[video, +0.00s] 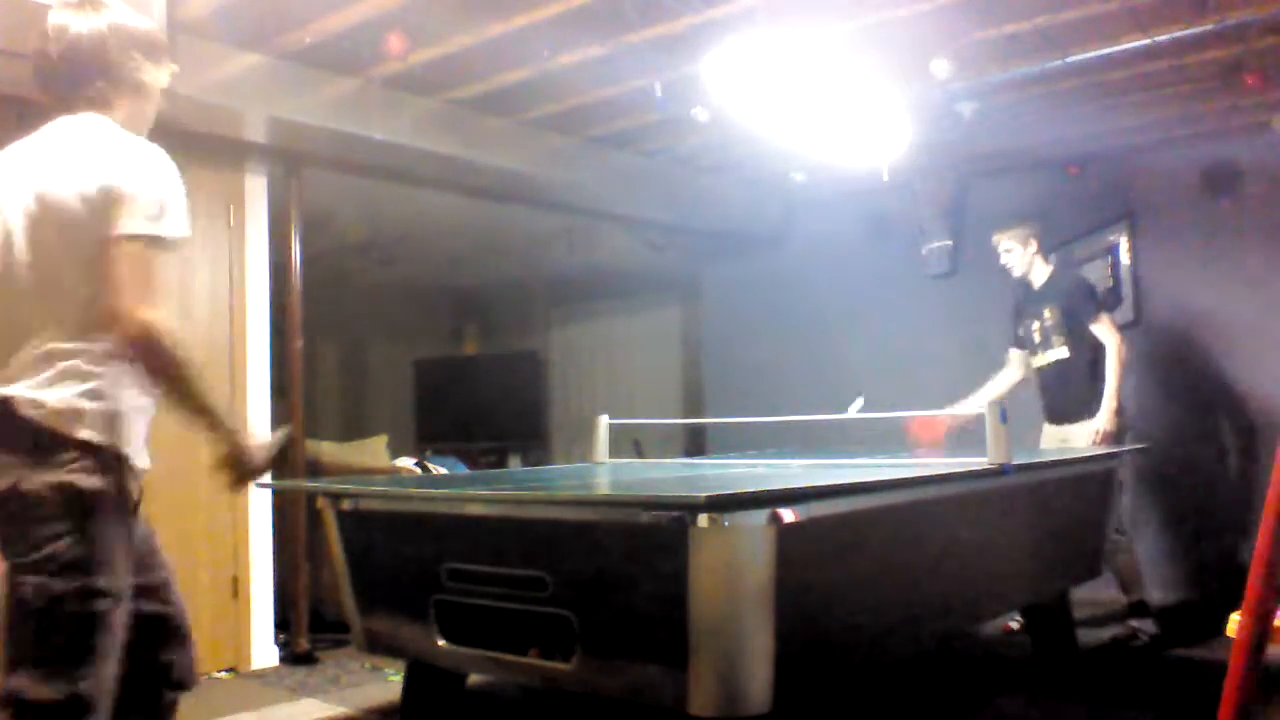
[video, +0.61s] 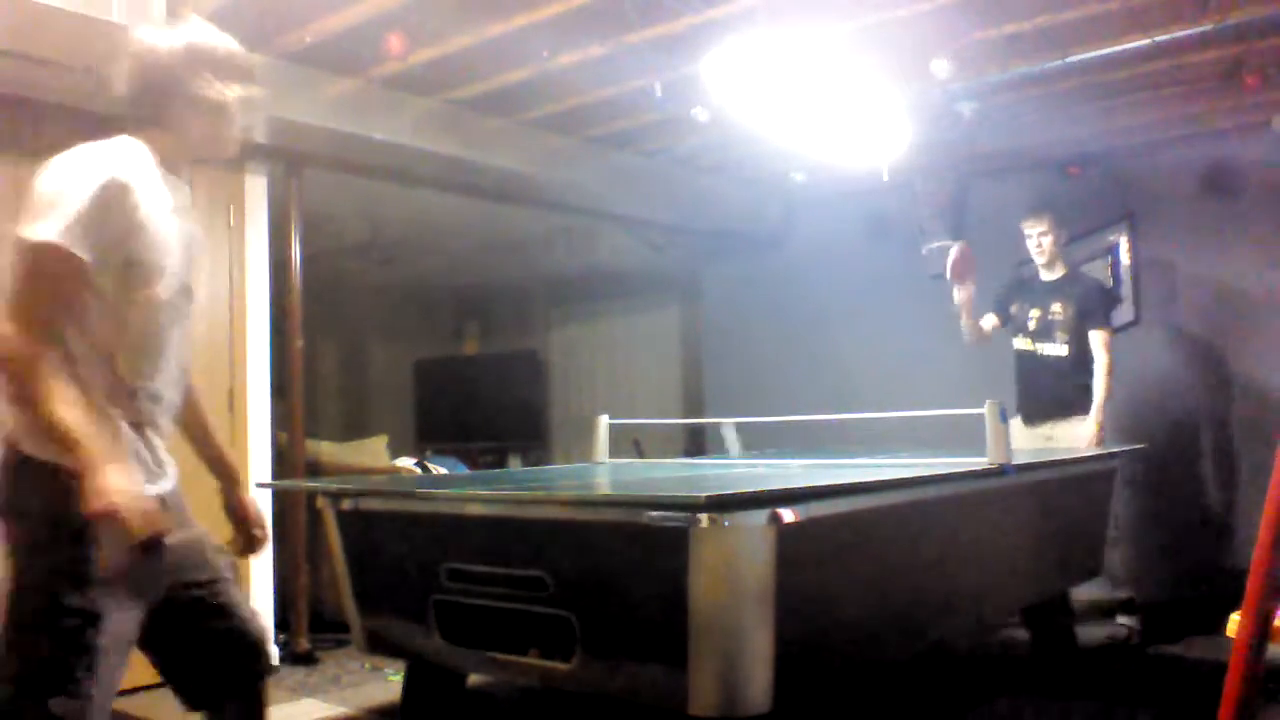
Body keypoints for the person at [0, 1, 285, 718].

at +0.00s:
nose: (167, 81)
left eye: (164, 62)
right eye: (158, 63)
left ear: (70, 73)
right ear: (126, 70)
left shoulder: (15, 160)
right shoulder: (134, 161)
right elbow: (134, 319)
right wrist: (231, 438)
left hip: (21, 459)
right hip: (72, 467)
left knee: (161, 657)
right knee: (61, 692)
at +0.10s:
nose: (170, 73)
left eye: (167, 54)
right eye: (160, 55)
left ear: (72, 66)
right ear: (126, 62)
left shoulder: (26, 149)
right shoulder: (103, 149)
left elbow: (35, 320)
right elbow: (51, 310)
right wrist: (170, 455)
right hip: (58, 466)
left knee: (158, 667)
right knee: (42, 684)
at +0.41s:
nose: (190, 62)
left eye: (185, 44)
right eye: (175, 41)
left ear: (127, 57)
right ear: (123, 50)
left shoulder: (109, 167)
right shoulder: (38, 142)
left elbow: (98, 362)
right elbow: (4, 347)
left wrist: (159, 471)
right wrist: (74, 459)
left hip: (102, 464)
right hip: (29, 471)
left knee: (194, 654)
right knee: (42, 687)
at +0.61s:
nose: (234, 112)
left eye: (237, 96)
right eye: (219, 92)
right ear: (174, 90)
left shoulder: (176, 207)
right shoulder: (100, 173)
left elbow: (163, 373)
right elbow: (25, 339)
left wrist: (231, 484)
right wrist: (99, 463)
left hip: (141, 482)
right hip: (64, 481)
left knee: (237, 666)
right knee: (56, 698)